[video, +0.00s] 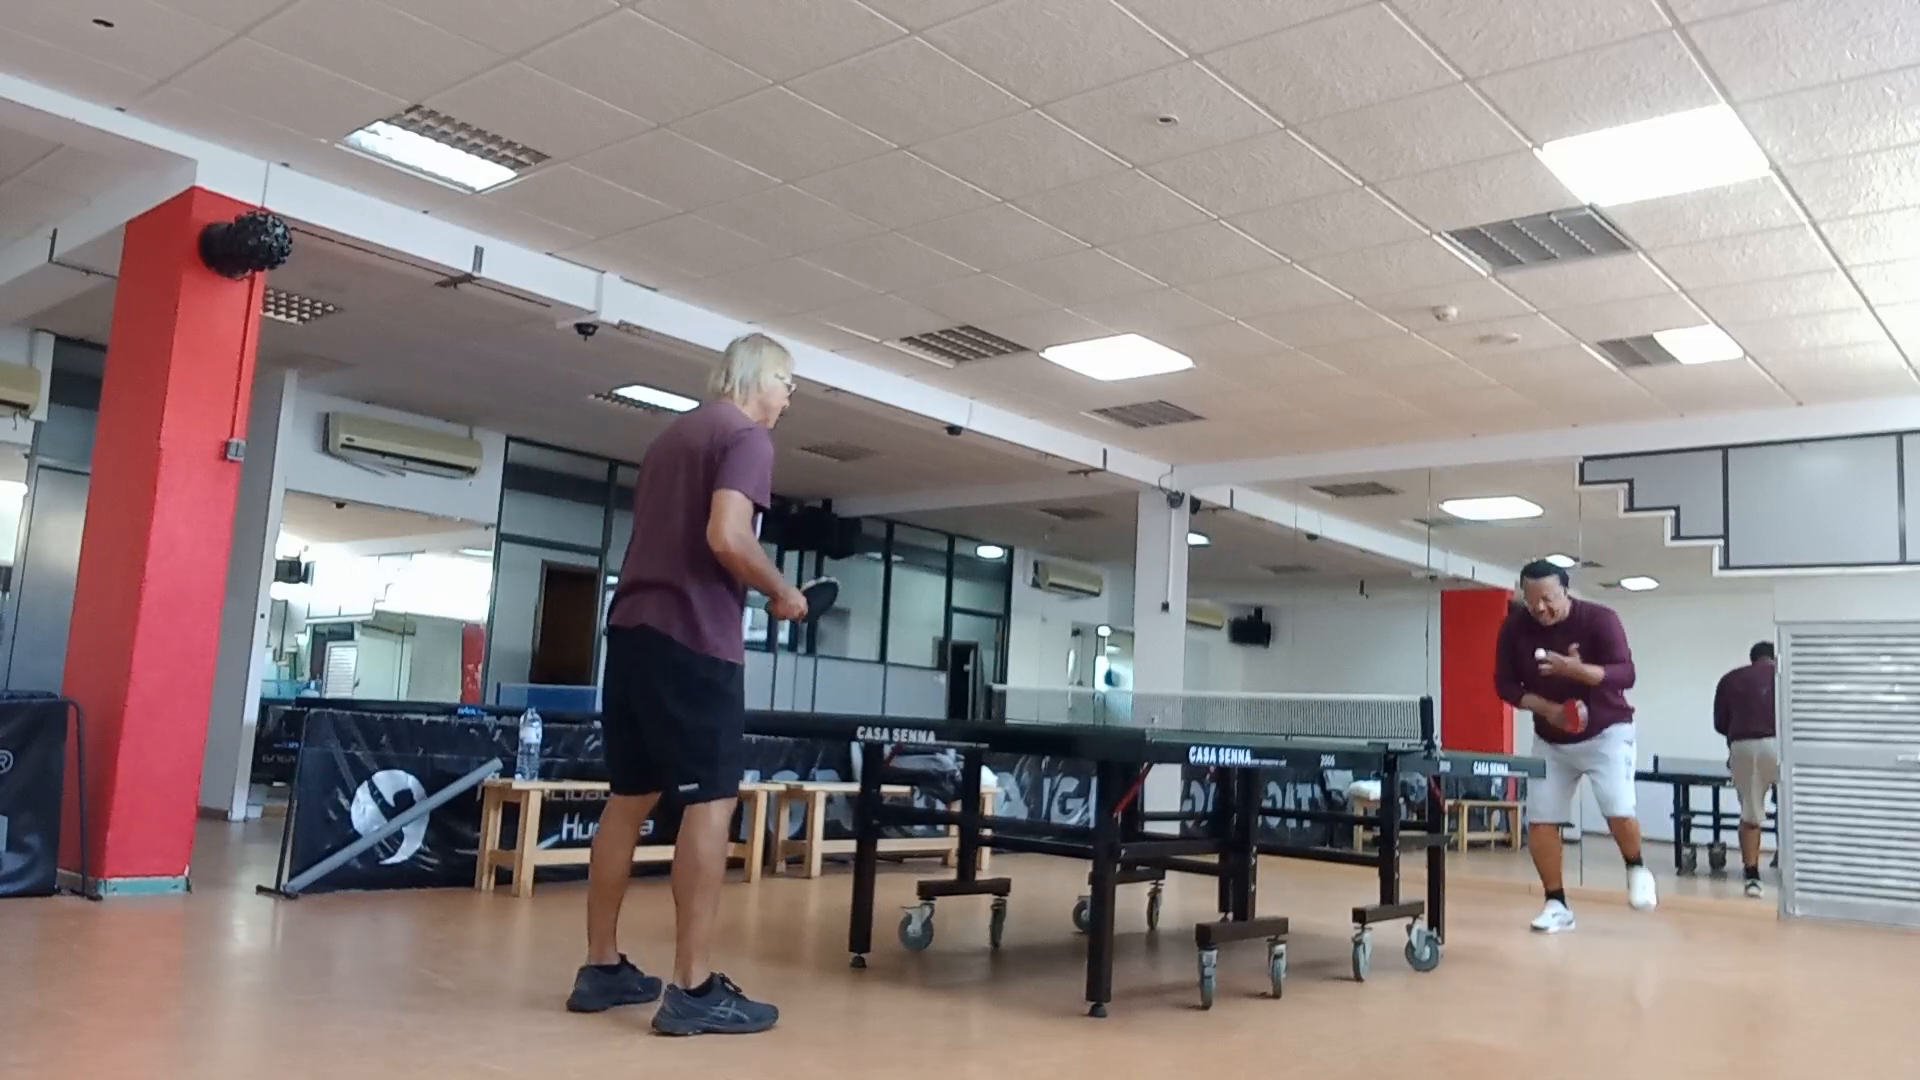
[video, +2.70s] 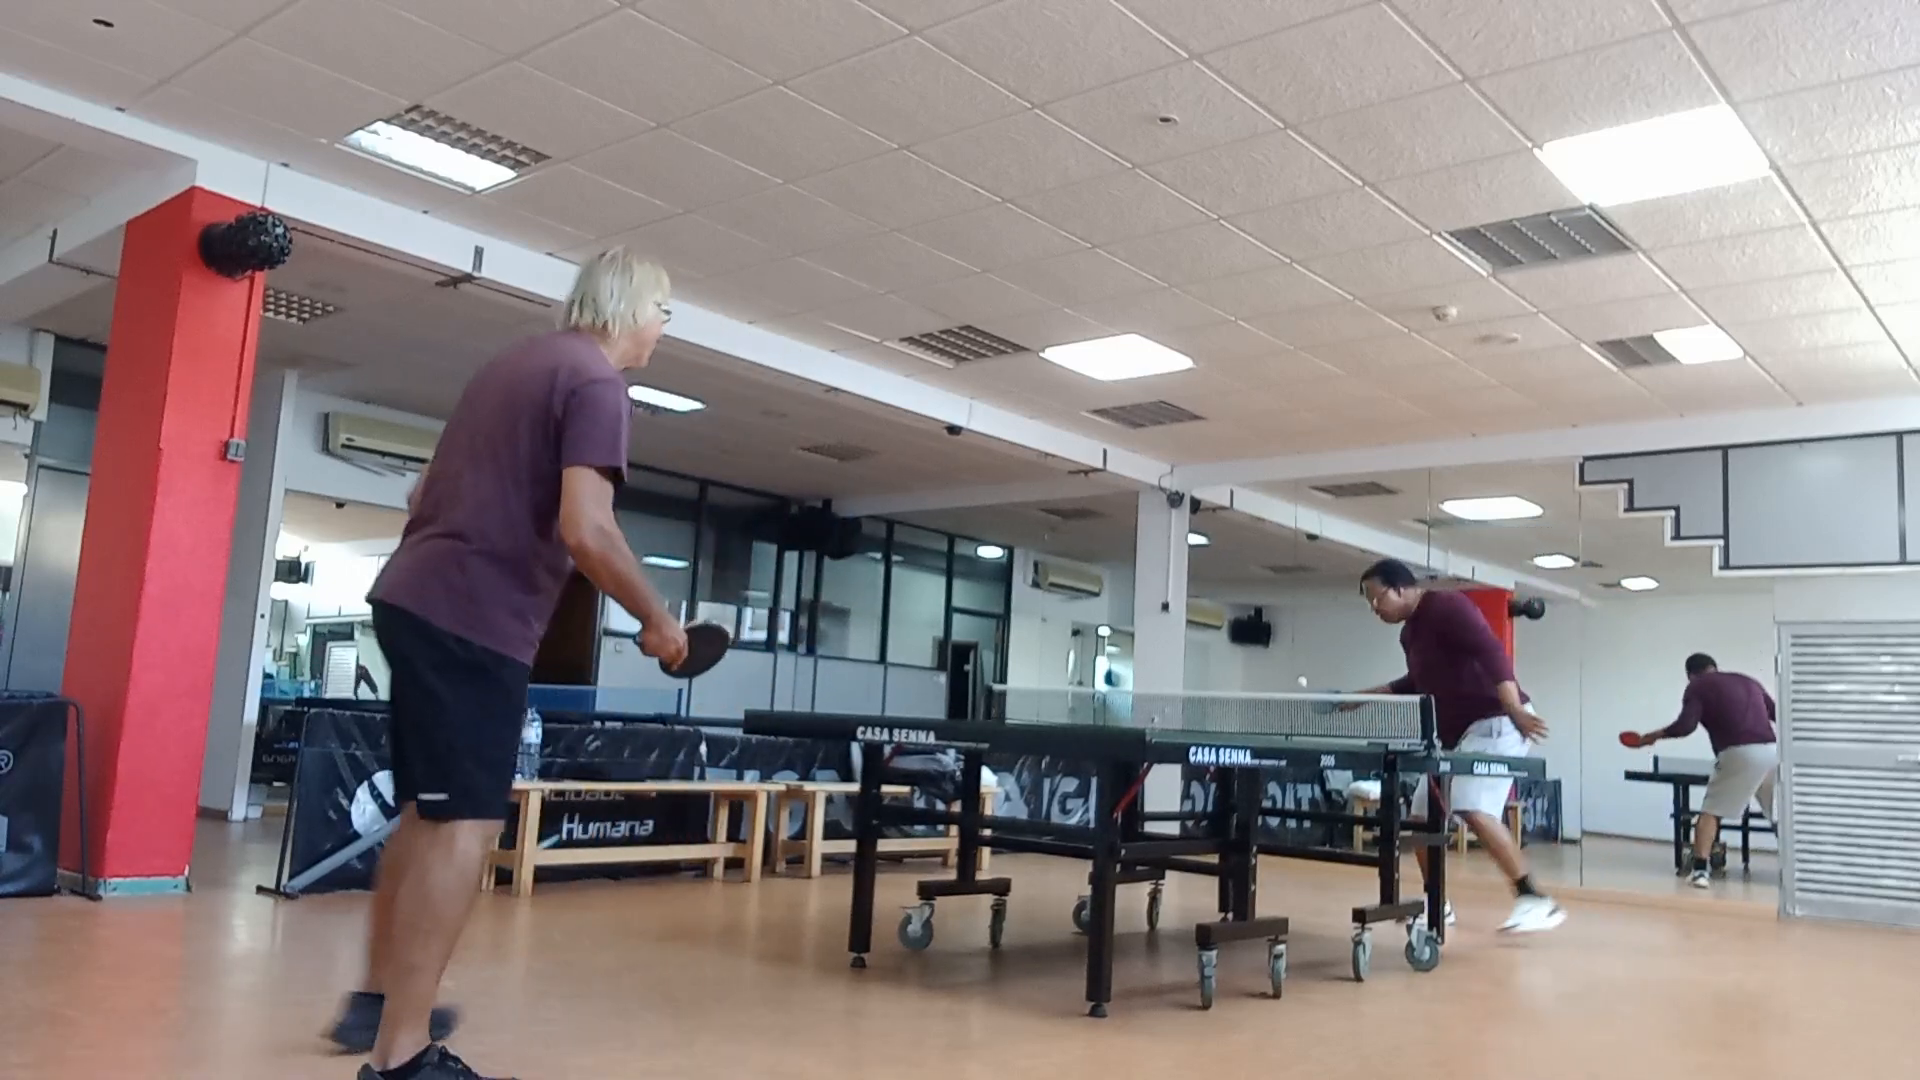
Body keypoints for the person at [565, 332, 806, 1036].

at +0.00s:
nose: (782, 407)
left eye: (785, 395)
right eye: (782, 392)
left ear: (725, 380)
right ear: (758, 383)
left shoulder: (671, 435)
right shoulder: (746, 434)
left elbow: (654, 540)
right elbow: (728, 535)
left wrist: (741, 580)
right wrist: (780, 590)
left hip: (632, 634)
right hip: (694, 642)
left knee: (628, 797)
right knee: (710, 803)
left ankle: (602, 967)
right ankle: (692, 989)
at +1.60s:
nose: (780, 444)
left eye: (782, 430)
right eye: (776, 427)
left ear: (732, 422)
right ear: (740, 422)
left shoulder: (684, 478)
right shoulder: (677, 475)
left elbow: (644, 594)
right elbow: (613, 577)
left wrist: (676, 671)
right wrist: (717, 634)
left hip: (569, 654)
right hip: (591, 654)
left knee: (604, 812)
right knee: (694, 791)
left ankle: (504, 959)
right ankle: (638, 994)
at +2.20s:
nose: (725, 345)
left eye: (725, 331)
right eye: (717, 329)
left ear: (664, 330)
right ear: (680, 332)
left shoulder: (642, 403)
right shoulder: (637, 407)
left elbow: (649, 543)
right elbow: (660, 559)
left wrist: (709, 604)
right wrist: (765, 601)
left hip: (582, 641)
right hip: (585, 645)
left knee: (609, 807)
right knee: (666, 809)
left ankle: (454, 964)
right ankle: (685, 1020)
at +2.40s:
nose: (682, 339)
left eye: (683, 324)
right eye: (678, 322)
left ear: (613, 314)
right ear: (647, 318)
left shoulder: (567, 375)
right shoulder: (608, 381)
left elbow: (543, 533)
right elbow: (600, 520)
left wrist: (615, 615)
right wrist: (700, 590)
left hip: (491, 617)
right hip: (539, 624)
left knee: (509, 807)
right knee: (612, 796)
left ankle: (421, 997)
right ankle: (552, 1024)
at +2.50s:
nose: (668, 339)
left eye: (671, 324)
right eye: (666, 321)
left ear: (598, 308)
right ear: (634, 314)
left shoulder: (543, 370)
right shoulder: (602, 381)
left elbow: (512, 519)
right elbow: (591, 523)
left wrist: (571, 621)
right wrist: (675, 601)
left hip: (466, 614)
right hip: (518, 625)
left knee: (486, 808)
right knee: (558, 809)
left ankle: (419, 1000)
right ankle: (438, 1023)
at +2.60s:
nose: (663, 342)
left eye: (665, 327)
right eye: (662, 325)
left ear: (589, 310)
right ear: (634, 319)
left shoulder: (522, 374)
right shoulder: (603, 386)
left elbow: (475, 511)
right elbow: (586, 530)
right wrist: (663, 614)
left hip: (436, 615)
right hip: (493, 629)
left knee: (456, 816)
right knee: (486, 832)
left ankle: (418, 996)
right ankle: (405, 1052)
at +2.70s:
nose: (659, 341)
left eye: (661, 325)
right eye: (661, 323)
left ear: (587, 303)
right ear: (639, 317)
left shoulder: (514, 361)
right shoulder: (594, 378)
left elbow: (429, 500)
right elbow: (585, 527)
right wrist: (656, 618)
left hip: (414, 597)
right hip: (473, 616)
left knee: (429, 809)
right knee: (468, 822)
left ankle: (377, 999)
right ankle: (402, 1051)